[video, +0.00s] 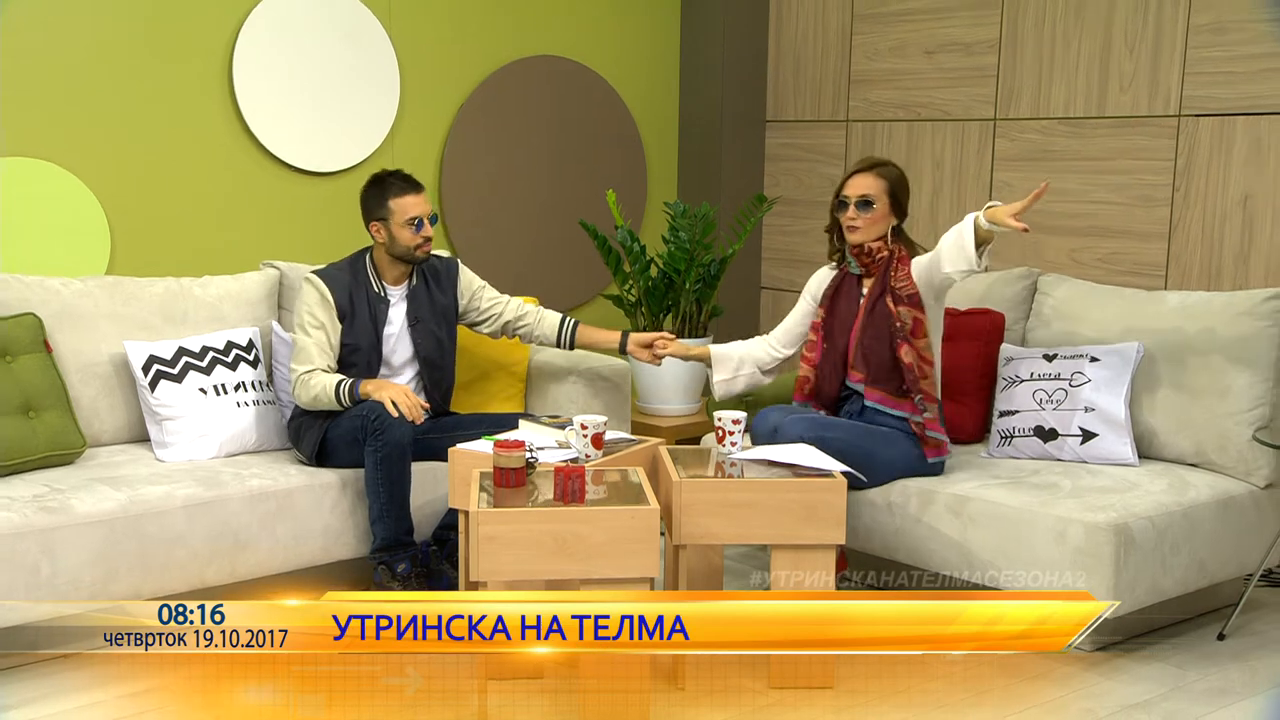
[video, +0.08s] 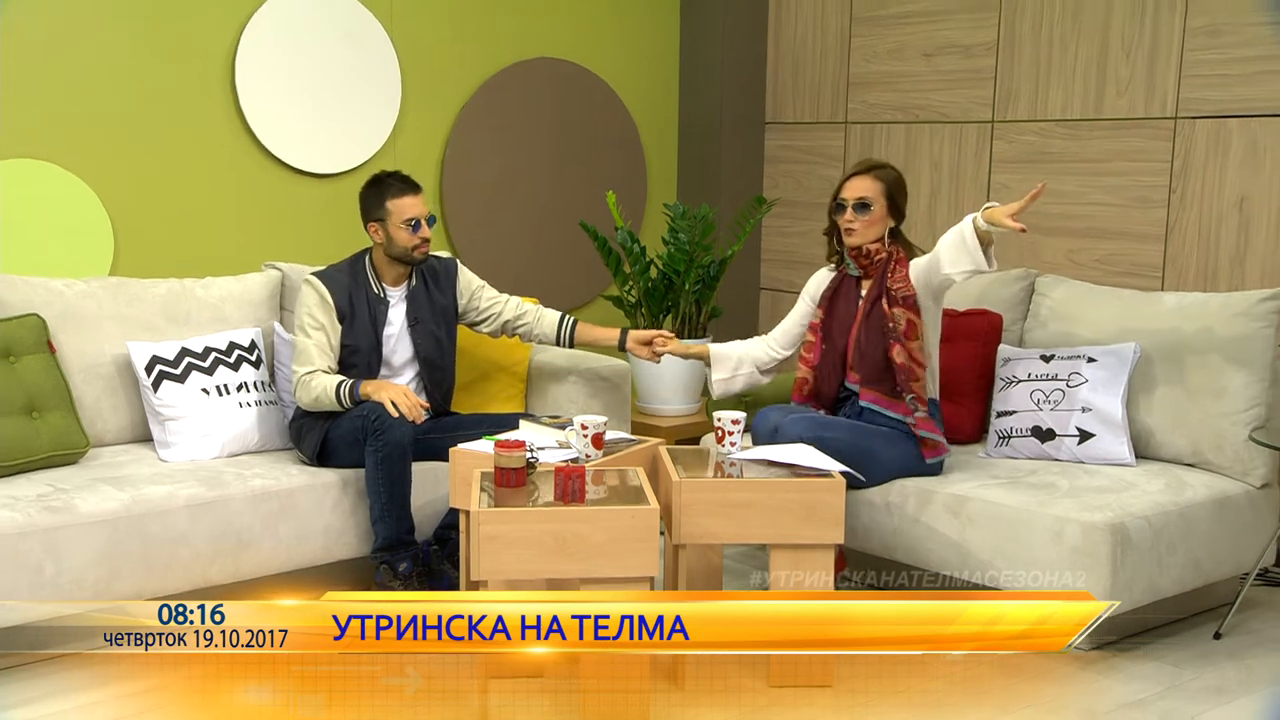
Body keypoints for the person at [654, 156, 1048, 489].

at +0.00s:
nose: (850, 215)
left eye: (865, 205)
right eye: (844, 205)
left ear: (895, 214)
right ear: (836, 213)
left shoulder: (920, 274)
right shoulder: (828, 281)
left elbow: (954, 251)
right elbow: (773, 349)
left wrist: (985, 220)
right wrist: (689, 351)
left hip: (905, 433)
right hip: (841, 422)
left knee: (786, 428)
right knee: (765, 421)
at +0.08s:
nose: (848, 217)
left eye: (862, 207)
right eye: (842, 207)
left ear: (893, 216)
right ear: (834, 216)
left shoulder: (917, 275)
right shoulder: (826, 282)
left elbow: (948, 255)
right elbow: (771, 349)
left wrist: (982, 221)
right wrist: (687, 349)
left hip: (903, 432)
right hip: (841, 422)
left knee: (785, 428)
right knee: (763, 421)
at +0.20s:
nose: (843, 222)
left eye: (857, 210)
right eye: (839, 212)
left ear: (892, 217)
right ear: (835, 220)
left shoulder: (920, 278)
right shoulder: (831, 282)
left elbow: (950, 259)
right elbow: (768, 336)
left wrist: (985, 225)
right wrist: (688, 358)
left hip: (904, 435)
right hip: (844, 423)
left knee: (791, 429)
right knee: (764, 420)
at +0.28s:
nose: (844, 224)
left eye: (857, 212)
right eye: (841, 214)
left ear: (893, 217)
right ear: (840, 223)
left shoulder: (924, 278)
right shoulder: (836, 281)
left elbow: (956, 260)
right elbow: (771, 324)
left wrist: (989, 227)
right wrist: (691, 356)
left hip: (903, 434)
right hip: (842, 421)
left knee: (788, 423)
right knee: (762, 425)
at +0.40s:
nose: (847, 227)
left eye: (859, 215)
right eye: (846, 217)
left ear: (896, 221)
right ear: (849, 225)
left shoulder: (928, 282)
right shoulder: (841, 283)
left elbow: (960, 261)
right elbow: (771, 320)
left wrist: (992, 229)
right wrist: (694, 350)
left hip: (905, 435)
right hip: (845, 422)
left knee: (789, 424)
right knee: (766, 428)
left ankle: (819, 563)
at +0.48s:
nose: (848, 228)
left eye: (860, 217)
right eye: (848, 218)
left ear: (897, 224)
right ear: (853, 226)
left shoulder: (928, 284)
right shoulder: (844, 284)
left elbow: (960, 265)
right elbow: (774, 319)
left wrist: (994, 229)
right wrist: (695, 348)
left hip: (903, 438)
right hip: (847, 423)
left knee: (794, 427)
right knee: (766, 422)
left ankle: (816, 559)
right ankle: (787, 559)